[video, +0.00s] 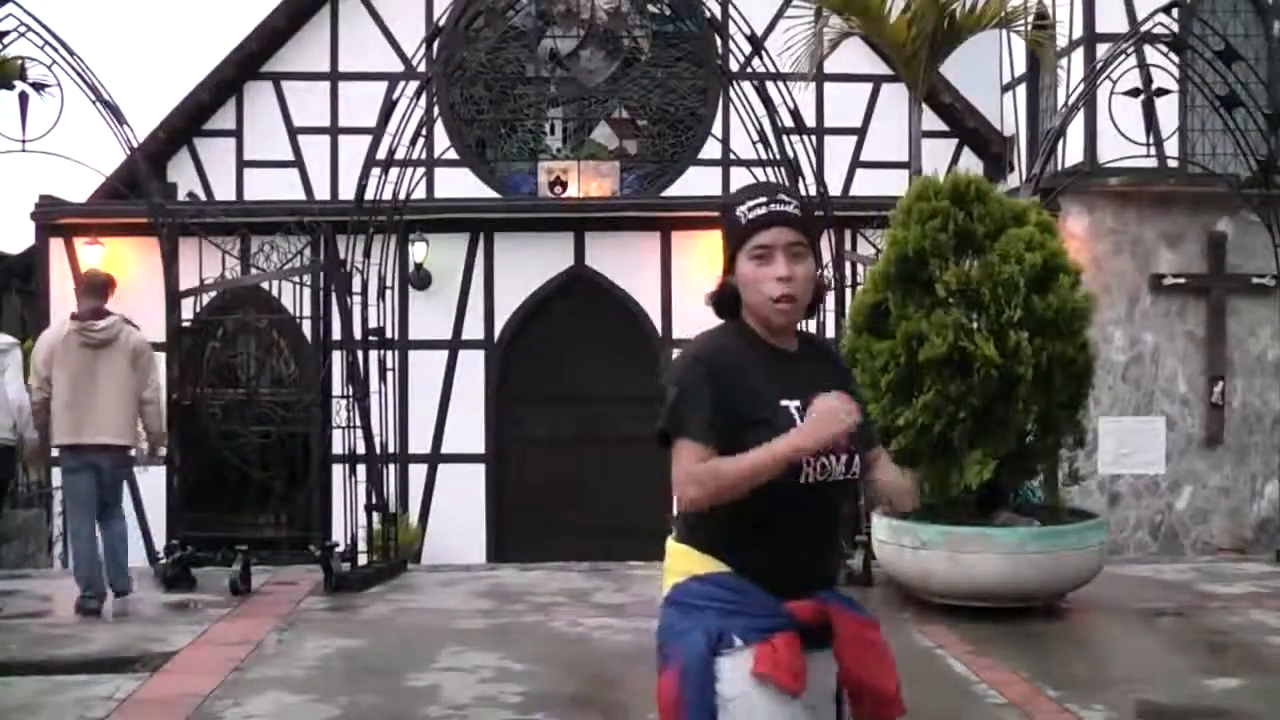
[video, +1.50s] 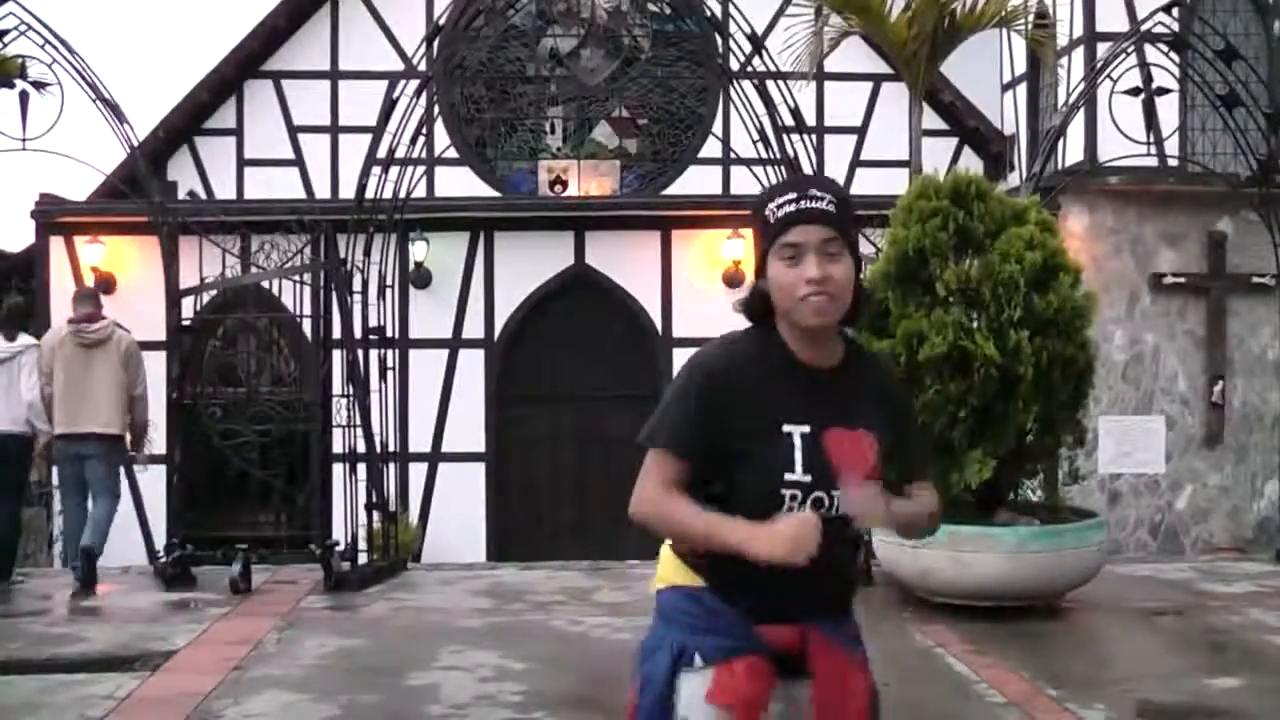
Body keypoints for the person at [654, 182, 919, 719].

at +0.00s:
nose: (784, 273)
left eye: (797, 255)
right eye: (762, 258)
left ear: (816, 268)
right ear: (733, 275)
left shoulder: (826, 359)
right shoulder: (706, 362)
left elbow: (868, 455)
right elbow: (689, 487)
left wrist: (895, 484)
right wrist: (806, 438)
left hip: (814, 600)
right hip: (723, 604)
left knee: (876, 698)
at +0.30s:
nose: (799, 291)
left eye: (811, 268)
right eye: (775, 272)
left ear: (828, 274)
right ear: (738, 284)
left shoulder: (818, 365)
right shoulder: (714, 386)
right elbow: (669, 533)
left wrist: (870, 436)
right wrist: (783, 607)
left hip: (811, 634)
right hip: (730, 643)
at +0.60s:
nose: (811, 380)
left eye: (824, 352)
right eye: (782, 357)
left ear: (841, 351)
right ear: (741, 361)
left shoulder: (820, 417)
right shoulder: (703, 459)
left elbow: (855, 482)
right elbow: (671, 636)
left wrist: (881, 534)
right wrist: (805, 616)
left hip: (751, 645)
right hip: (660, 668)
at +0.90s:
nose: (801, 398)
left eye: (817, 367)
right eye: (771, 373)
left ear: (838, 364)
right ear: (730, 374)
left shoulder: (824, 423)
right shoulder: (695, 474)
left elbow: (858, 491)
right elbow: (646, 655)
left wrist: (862, 552)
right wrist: (766, 715)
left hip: (758, 653)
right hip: (666, 672)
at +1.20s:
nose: (808, 327)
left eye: (825, 304)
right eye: (783, 306)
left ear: (848, 314)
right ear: (746, 316)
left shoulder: (845, 404)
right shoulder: (694, 415)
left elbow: (880, 491)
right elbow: (656, 579)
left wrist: (892, 542)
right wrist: (798, 561)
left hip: (767, 634)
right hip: (660, 637)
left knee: (825, 704)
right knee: (657, 707)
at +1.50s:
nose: (815, 272)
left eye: (832, 253)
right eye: (793, 257)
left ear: (855, 267)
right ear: (764, 275)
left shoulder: (874, 380)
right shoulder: (718, 372)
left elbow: (926, 507)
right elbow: (648, 500)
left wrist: (888, 510)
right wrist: (754, 536)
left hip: (822, 607)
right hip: (713, 602)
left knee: (851, 702)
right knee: (727, 693)